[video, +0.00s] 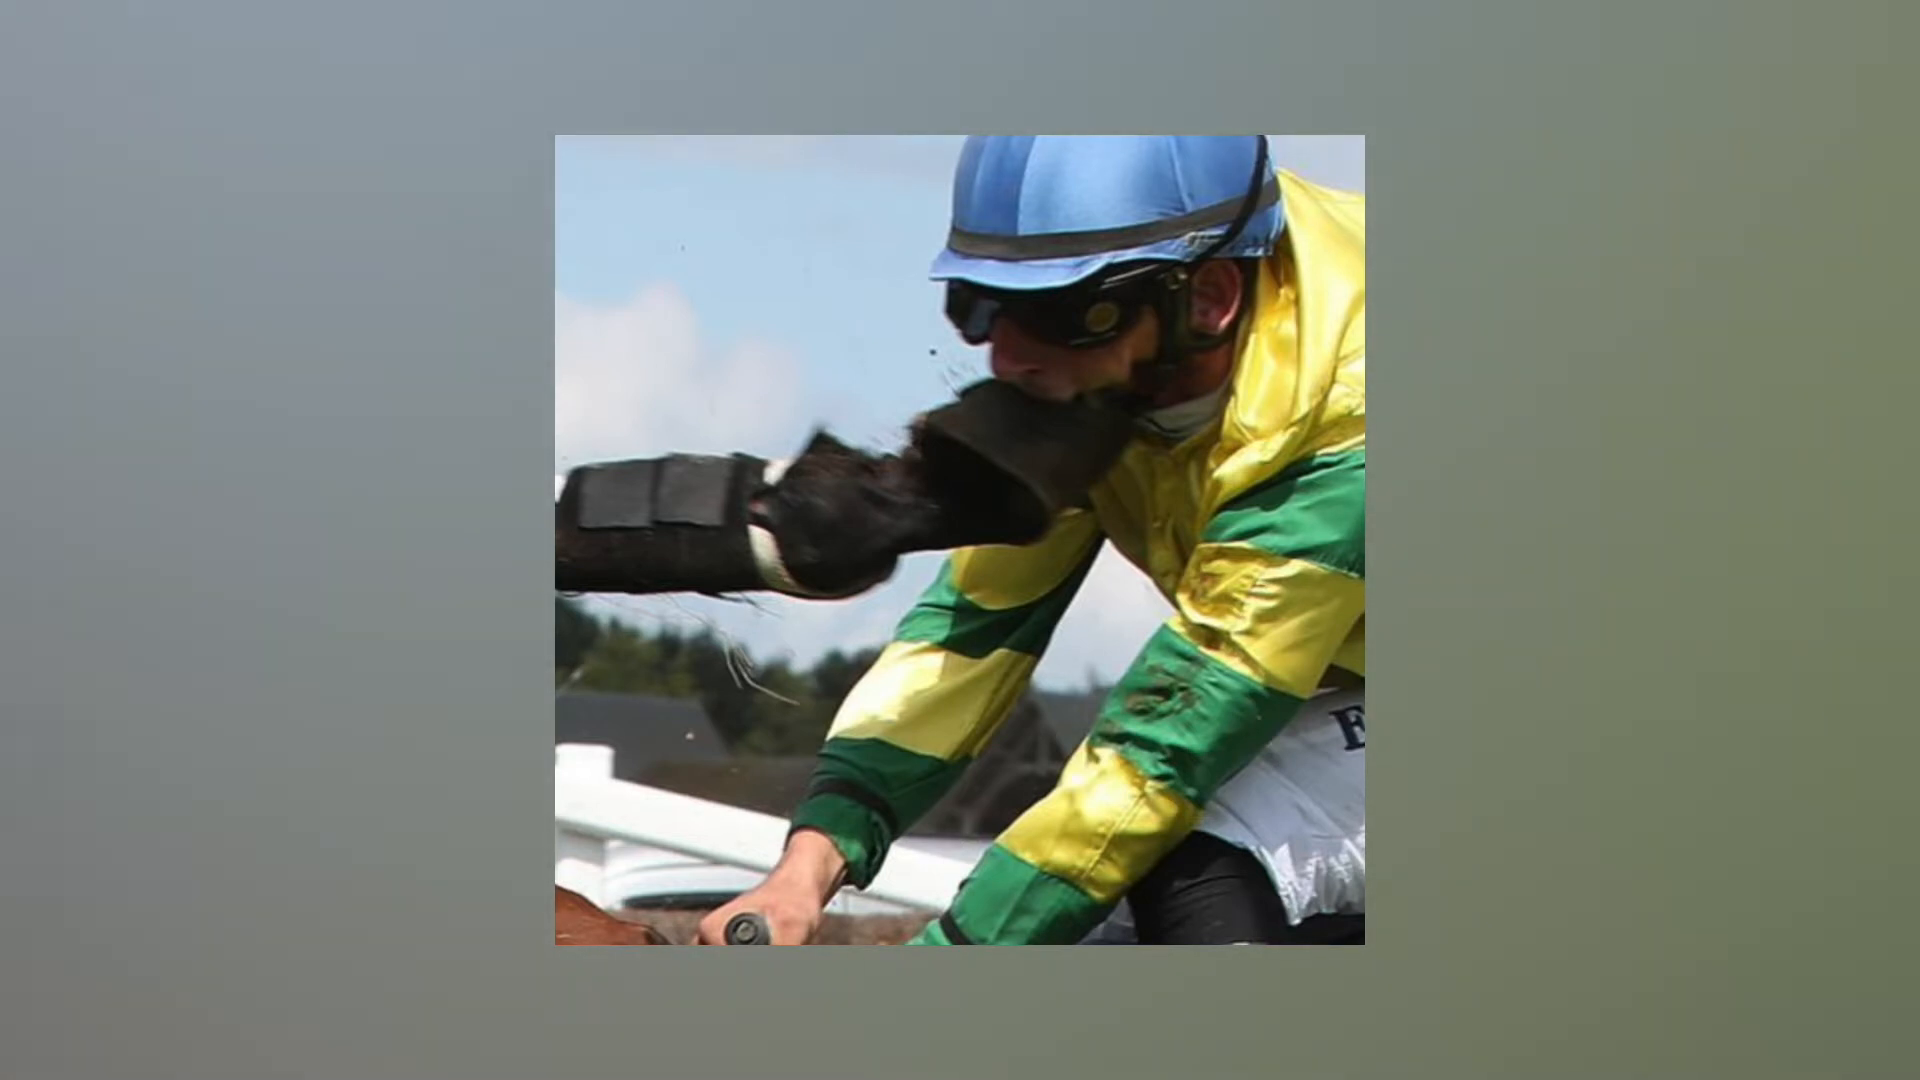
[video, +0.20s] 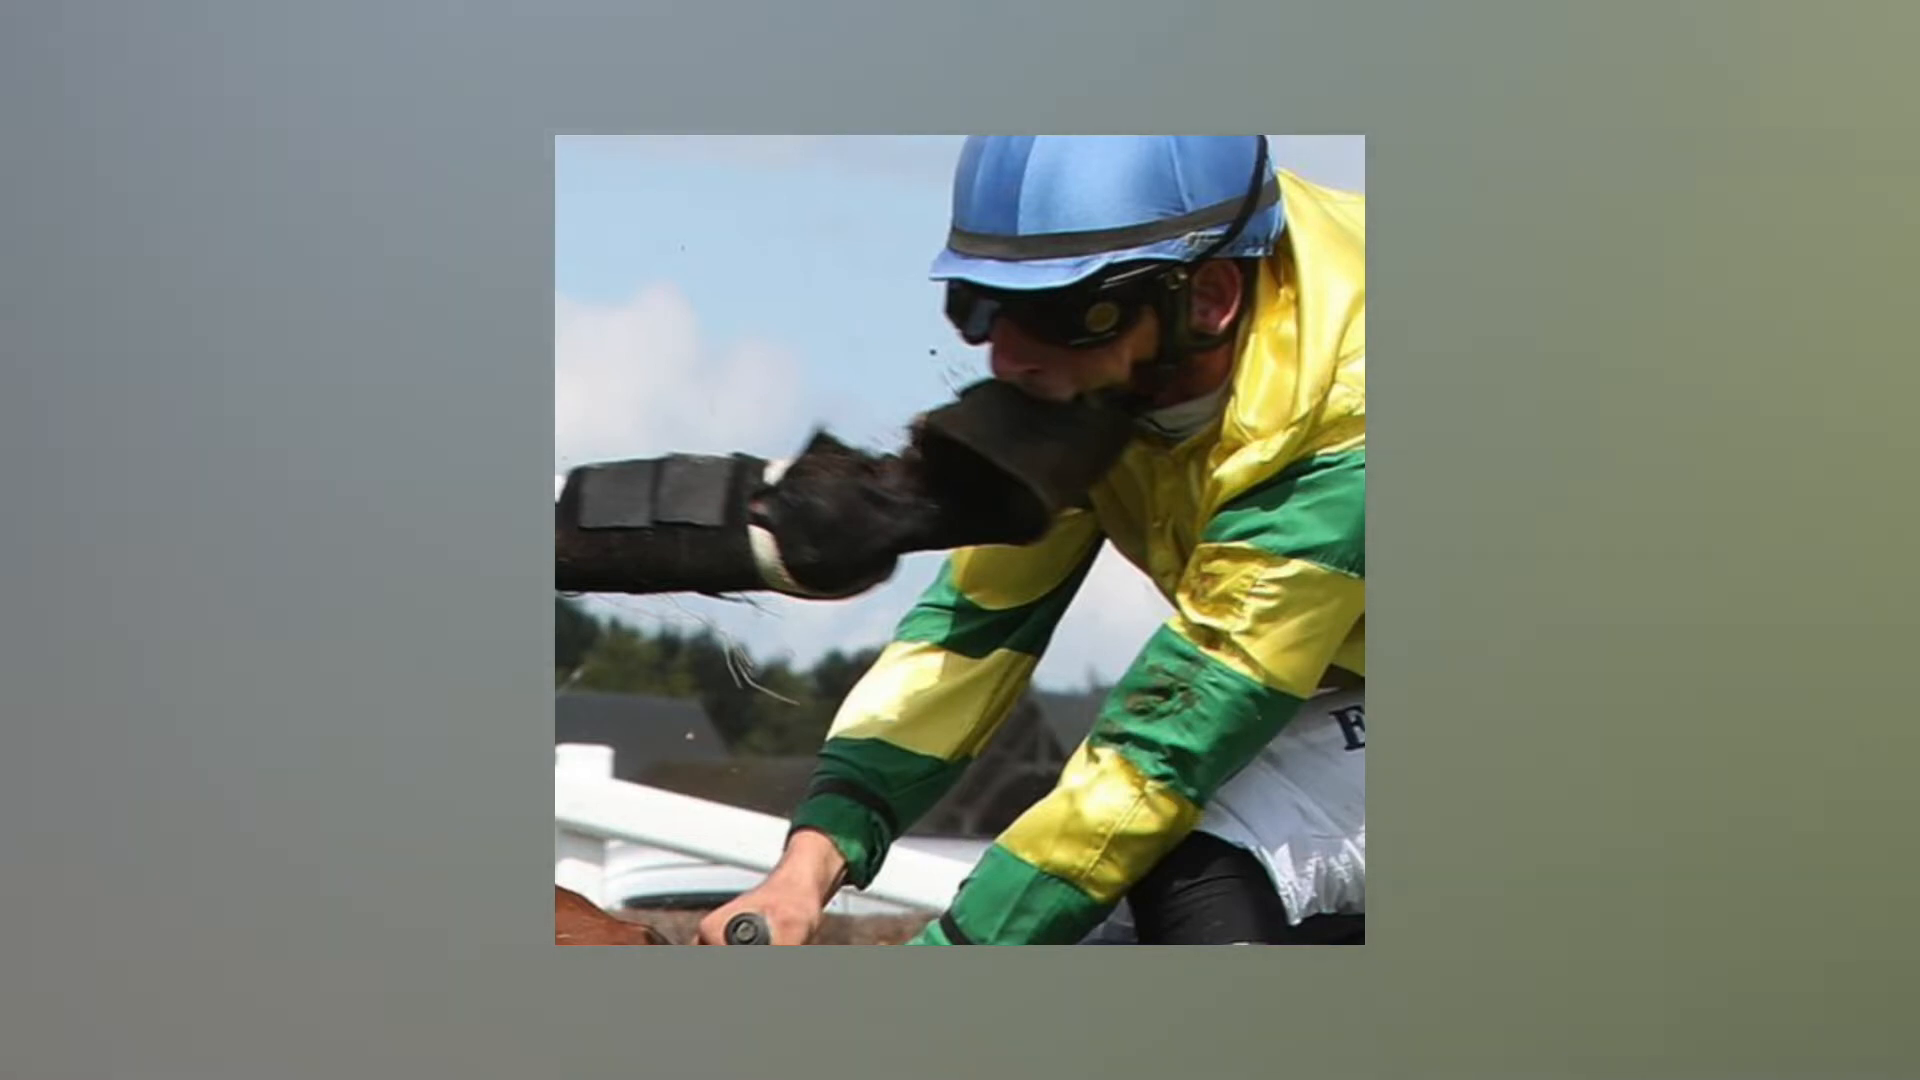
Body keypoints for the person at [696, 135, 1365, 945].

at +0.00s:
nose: (1005, 358)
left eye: (1056, 319)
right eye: (989, 309)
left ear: (1210, 298)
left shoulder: (1341, 429)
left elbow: (1160, 752)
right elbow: (969, 623)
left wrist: (933, 965)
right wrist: (805, 871)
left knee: (1205, 865)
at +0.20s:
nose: (1005, 359)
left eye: (1057, 319)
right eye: (989, 309)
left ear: (1210, 298)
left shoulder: (1341, 429)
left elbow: (1160, 751)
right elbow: (969, 623)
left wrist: (934, 964)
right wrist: (805, 871)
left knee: (1205, 864)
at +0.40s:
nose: (1005, 359)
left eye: (1057, 319)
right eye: (989, 310)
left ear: (1210, 298)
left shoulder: (1342, 428)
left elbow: (1160, 751)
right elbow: (969, 623)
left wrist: (933, 966)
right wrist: (805, 870)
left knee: (1205, 865)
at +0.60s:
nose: (1005, 358)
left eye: (1056, 319)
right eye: (989, 309)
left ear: (1210, 298)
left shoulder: (1341, 429)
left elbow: (1160, 752)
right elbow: (969, 623)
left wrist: (932, 966)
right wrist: (805, 871)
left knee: (1204, 864)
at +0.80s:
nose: (1005, 359)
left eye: (1056, 319)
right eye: (989, 310)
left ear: (1210, 298)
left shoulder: (1341, 429)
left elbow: (1161, 751)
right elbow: (969, 623)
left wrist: (933, 965)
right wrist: (805, 871)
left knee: (1204, 864)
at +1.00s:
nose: (1005, 358)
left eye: (1056, 319)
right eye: (989, 309)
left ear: (1210, 298)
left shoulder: (1342, 429)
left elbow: (1160, 752)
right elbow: (969, 623)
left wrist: (933, 965)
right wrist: (805, 871)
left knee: (1204, 864)